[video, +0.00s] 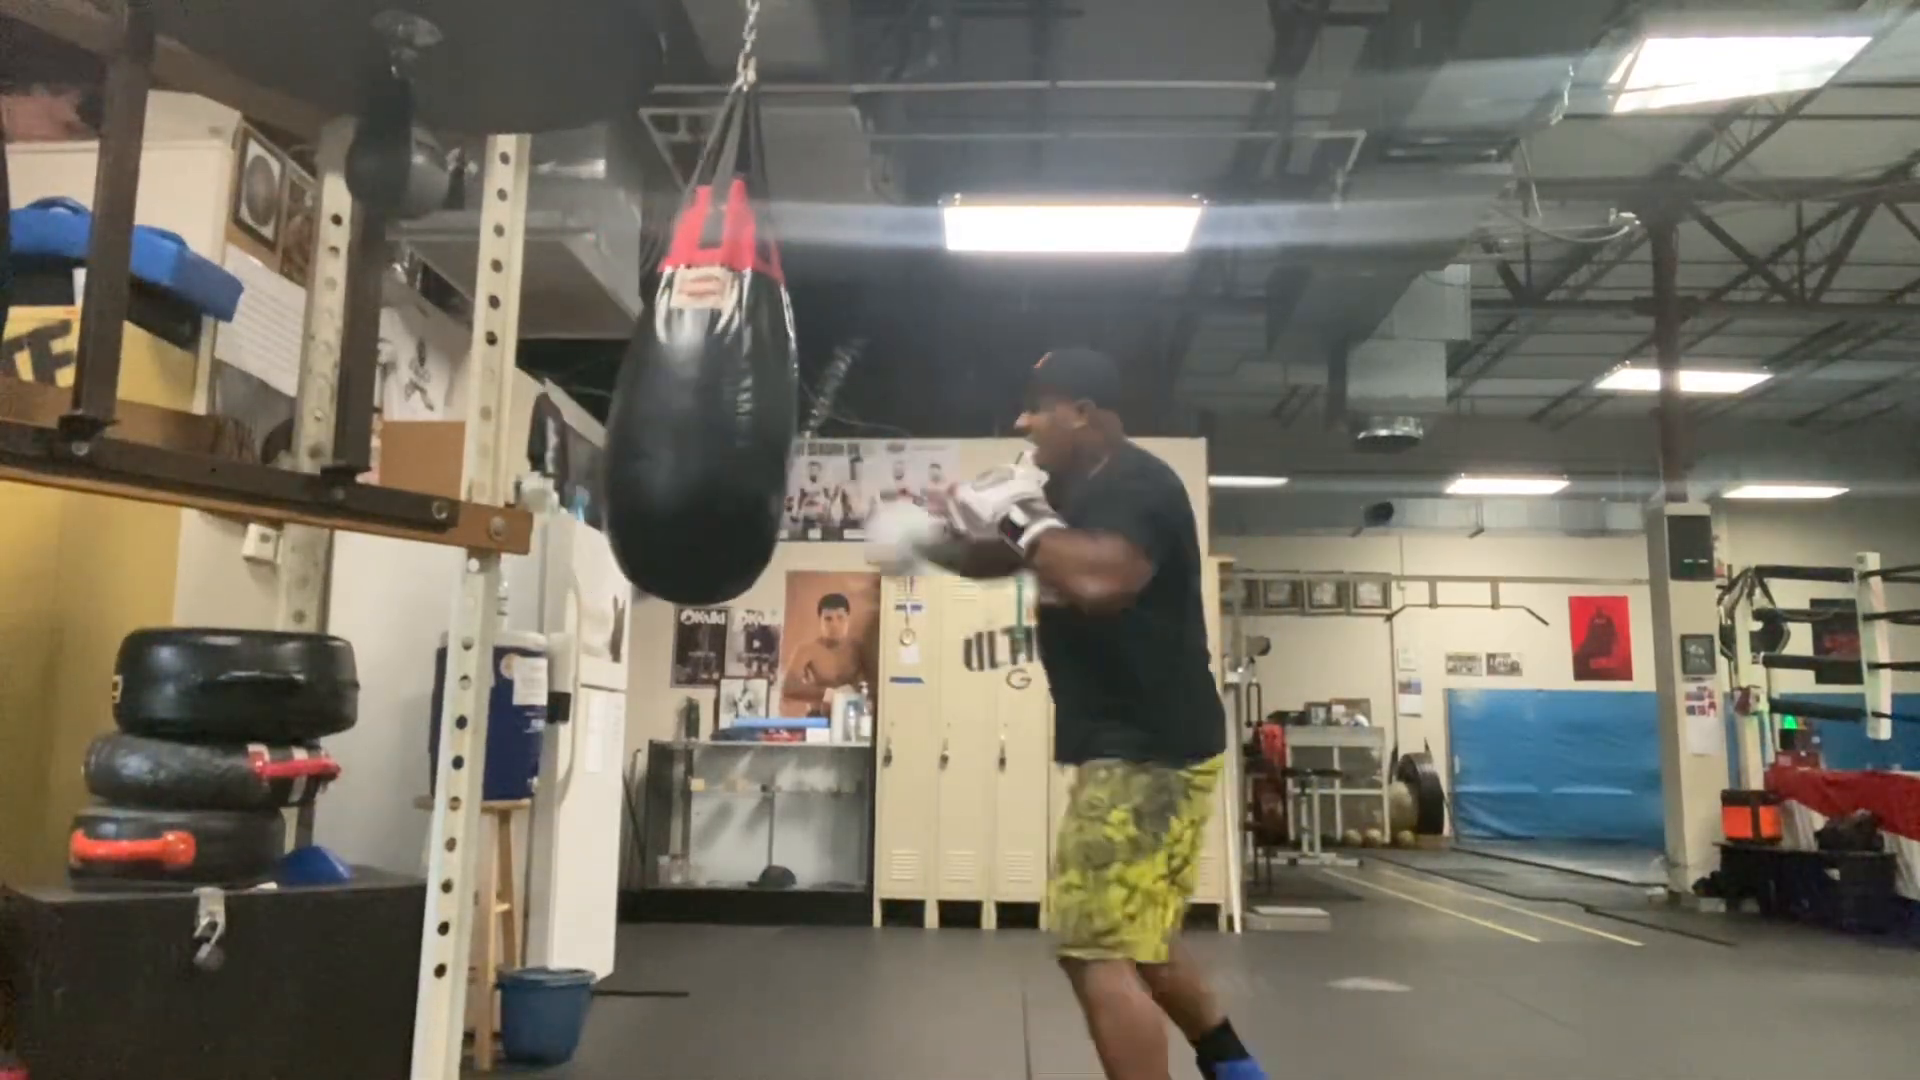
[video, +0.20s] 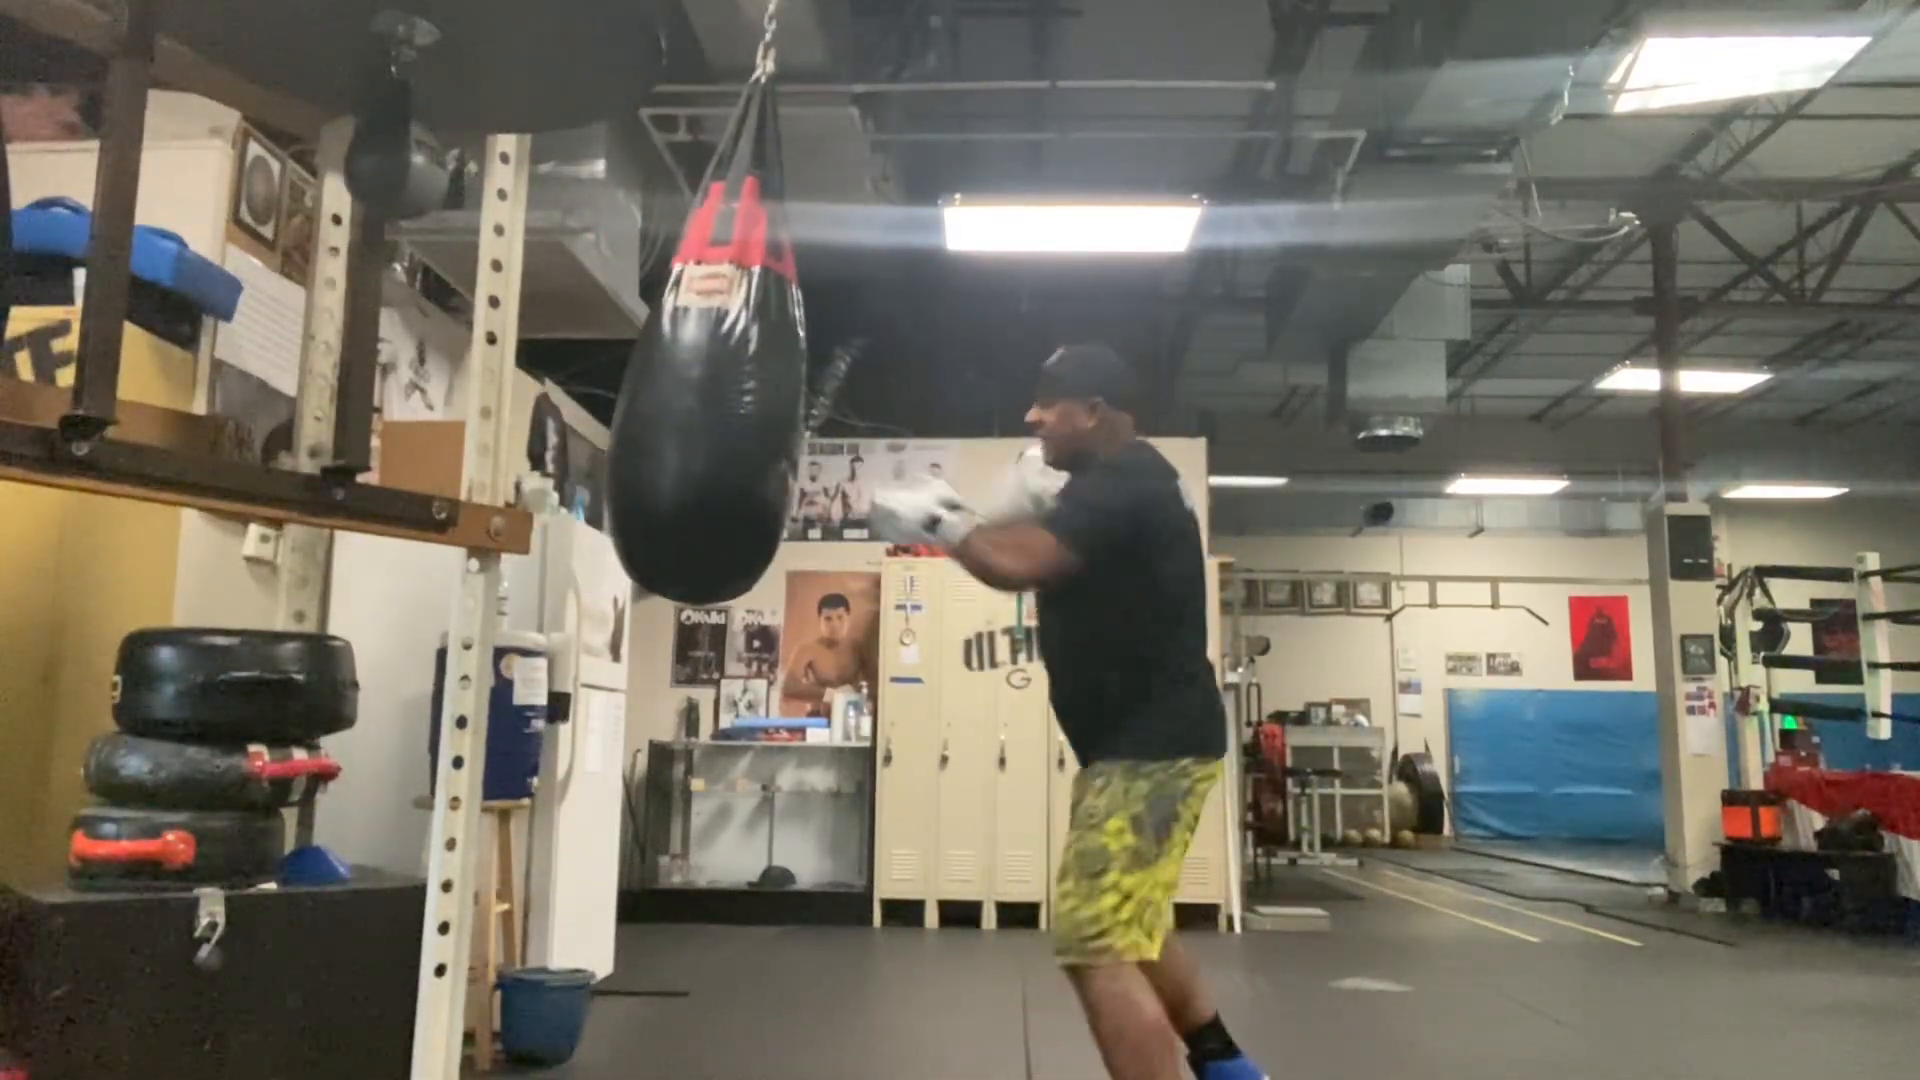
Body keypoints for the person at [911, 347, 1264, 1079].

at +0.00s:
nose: (1025, 426)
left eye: (1039, 411)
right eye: (1027, 412)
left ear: (1089, 417)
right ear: (1085, 419)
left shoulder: (1140, 483)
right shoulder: (1079, 491)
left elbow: (1106, 578)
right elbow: (1003, 556)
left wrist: (1020, 521)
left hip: (1147, 750)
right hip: (1130, 748)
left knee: (1091, 946)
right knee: (1140, 941)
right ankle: (1234, 1066)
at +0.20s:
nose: (1033, 417)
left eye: (1048, 403)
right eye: (1037, 402)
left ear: (1096, 411)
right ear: (1096, 414)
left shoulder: (1122, 481)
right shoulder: (1119, 479)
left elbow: (1021, 561)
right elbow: (1027, 567)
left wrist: (948, 527)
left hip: (1150, 745)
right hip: (1146, 740)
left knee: (1091, 940)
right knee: (1134, 928)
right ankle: (1223, 1066)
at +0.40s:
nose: (1059, 437)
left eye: (1074, 422)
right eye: (1059, 423)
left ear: (1124, 423)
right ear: (1110, 427)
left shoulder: (1189, 501)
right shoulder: (1098, 501)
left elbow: (1150, 604)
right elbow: (1006, 533)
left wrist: (1072, 521)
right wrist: (925, 515)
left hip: (1197, 750)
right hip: (1143, 749)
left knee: (1158, 942)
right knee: (1171, 942)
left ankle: (1180, 1079)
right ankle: (1240, 1066)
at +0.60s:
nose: (1066, 434)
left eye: (1077, 418)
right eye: (1068, 418)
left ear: (1120, 420)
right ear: (1127, 423)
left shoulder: (1158, 489)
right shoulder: (1158, 491)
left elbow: (1105, 585)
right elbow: (1102, 615)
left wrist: (1040, 517)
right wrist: (1028, 585)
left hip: (1182, 749)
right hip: (1211, 745)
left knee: (1135, 950)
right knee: (1199, 949)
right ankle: (1252, 1074)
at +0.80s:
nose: (1057, 444)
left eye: (1065, 428)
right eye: (1057, 429)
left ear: (1108, 428)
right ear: (1125, 431)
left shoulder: (1112, 498)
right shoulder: (1193, 496)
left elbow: (1054, 616)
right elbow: (1128, 603)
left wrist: (975, 591)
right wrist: (1037, 563)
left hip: (1158, 750)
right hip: (1226, 745)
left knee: (1074, 954)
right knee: (1196, 943)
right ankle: (1255, 1075)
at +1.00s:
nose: (1022, 434)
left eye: (1035, 420)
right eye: (1021, 421)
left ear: (1083, 421)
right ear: (1068, 426)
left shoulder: (1153, 494)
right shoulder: (1059, 497)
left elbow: (1128, 591)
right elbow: (970, 528)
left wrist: (1042, 506)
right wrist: (894, 488)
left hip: (1158, 752)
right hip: (1112, 751)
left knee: (1084, 943)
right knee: (1161, 948)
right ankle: (1247, 1072)